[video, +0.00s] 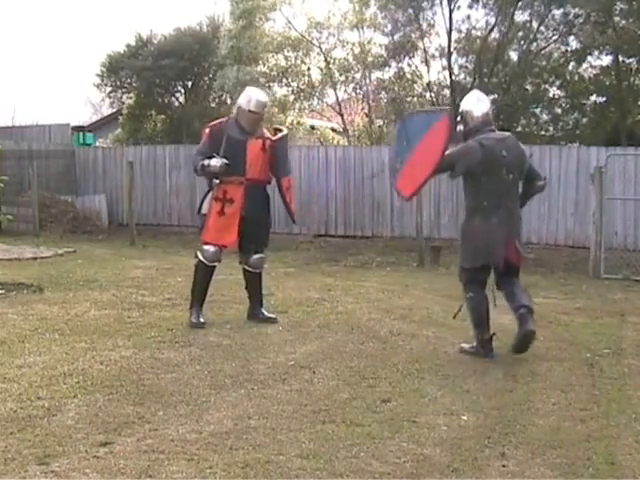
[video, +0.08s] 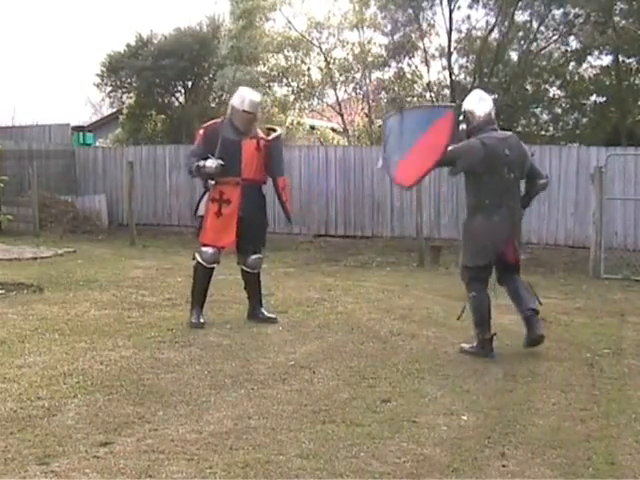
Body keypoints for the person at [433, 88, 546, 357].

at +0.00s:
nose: (463, 123)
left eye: (464, 118)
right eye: (463, 118)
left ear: (471, 118)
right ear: (490, 116)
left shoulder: (473, 148)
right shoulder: (513, 145)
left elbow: (435, 165)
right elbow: (536, 182)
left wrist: (452, 139)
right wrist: (516, 203)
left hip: (479, 226)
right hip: (509, 224)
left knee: (473, 283)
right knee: (508, 278)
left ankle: (483, 343)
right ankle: (525, 320)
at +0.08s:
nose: (465, 121)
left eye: (466, 116)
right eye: (465, 116)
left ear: (472, 117)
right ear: (492, 115)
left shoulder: (474, 147)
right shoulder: (514, 143)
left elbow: (437, 157)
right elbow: (537, 180)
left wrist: (454, 133)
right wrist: (522, 203)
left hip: (481, 224)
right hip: (510, 222)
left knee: (475, 281)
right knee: (509, 275)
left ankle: (484, 342)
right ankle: (533, 322)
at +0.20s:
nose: (468, 123)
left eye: (470, 118)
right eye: (468, 118)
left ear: (477, 117)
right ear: (496, 116)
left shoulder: (475, 146)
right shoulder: (516, 144)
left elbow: (443, 151)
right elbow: (541, 180)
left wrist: (457, 132)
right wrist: (528, 202)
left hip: (484, 225)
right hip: (513, 224)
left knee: (479, 281)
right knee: (516, 276)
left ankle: (484, 341)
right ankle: (534, 331)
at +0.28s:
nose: (472, 124)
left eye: (475, 119)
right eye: (473, 119)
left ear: (480, 120)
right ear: (499, 119)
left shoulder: (481, 148)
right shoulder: (518, 146)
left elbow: (451, 155)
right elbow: (543, 183)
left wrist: (461, 131)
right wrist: (531, 204)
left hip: (488, 223)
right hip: (516, 222)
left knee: (479, 280)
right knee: (518, 275)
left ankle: (484, 340)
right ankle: (533, 330)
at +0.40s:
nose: (480, 124)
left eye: (482, 120)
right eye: (480, 120)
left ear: (490, 120)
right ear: (505, 119)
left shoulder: (487, 147)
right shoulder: (521, 147)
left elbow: (474, 165)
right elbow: (544, 185)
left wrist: (472, 131)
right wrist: (529, 209)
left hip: (492, 226)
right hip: (517, 225)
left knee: (476, 277)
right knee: (518, 275)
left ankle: (483, 336)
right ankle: (533, 329)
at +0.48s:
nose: (482, 124)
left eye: (484, 120)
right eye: (482, 120)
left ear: (492, 120)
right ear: (508, 118)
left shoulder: (494, 147)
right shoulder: (524, 147)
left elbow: (475, 175)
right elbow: (543, 184)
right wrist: (526, 208)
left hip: (494, 223)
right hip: (520, 222)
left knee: (468, 269)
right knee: (517, 272)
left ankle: (482, 326)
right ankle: (533, 328)